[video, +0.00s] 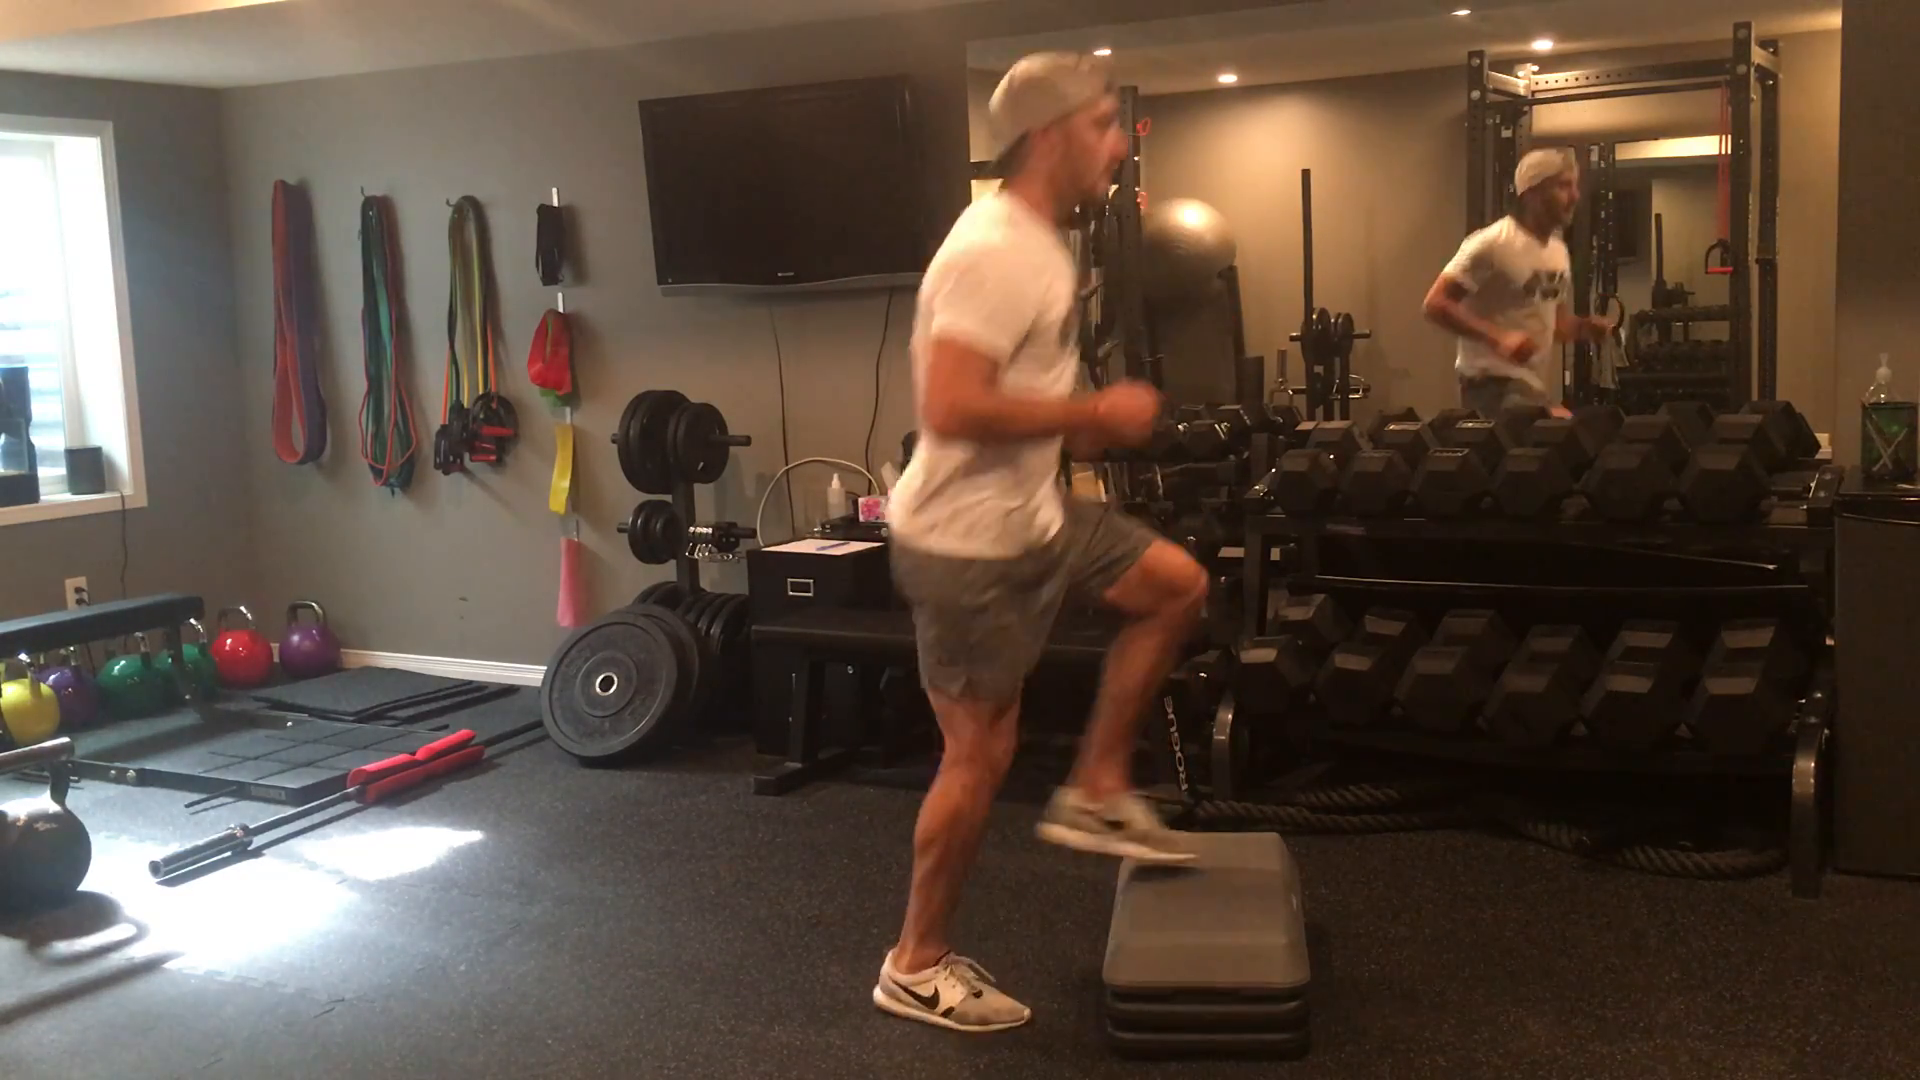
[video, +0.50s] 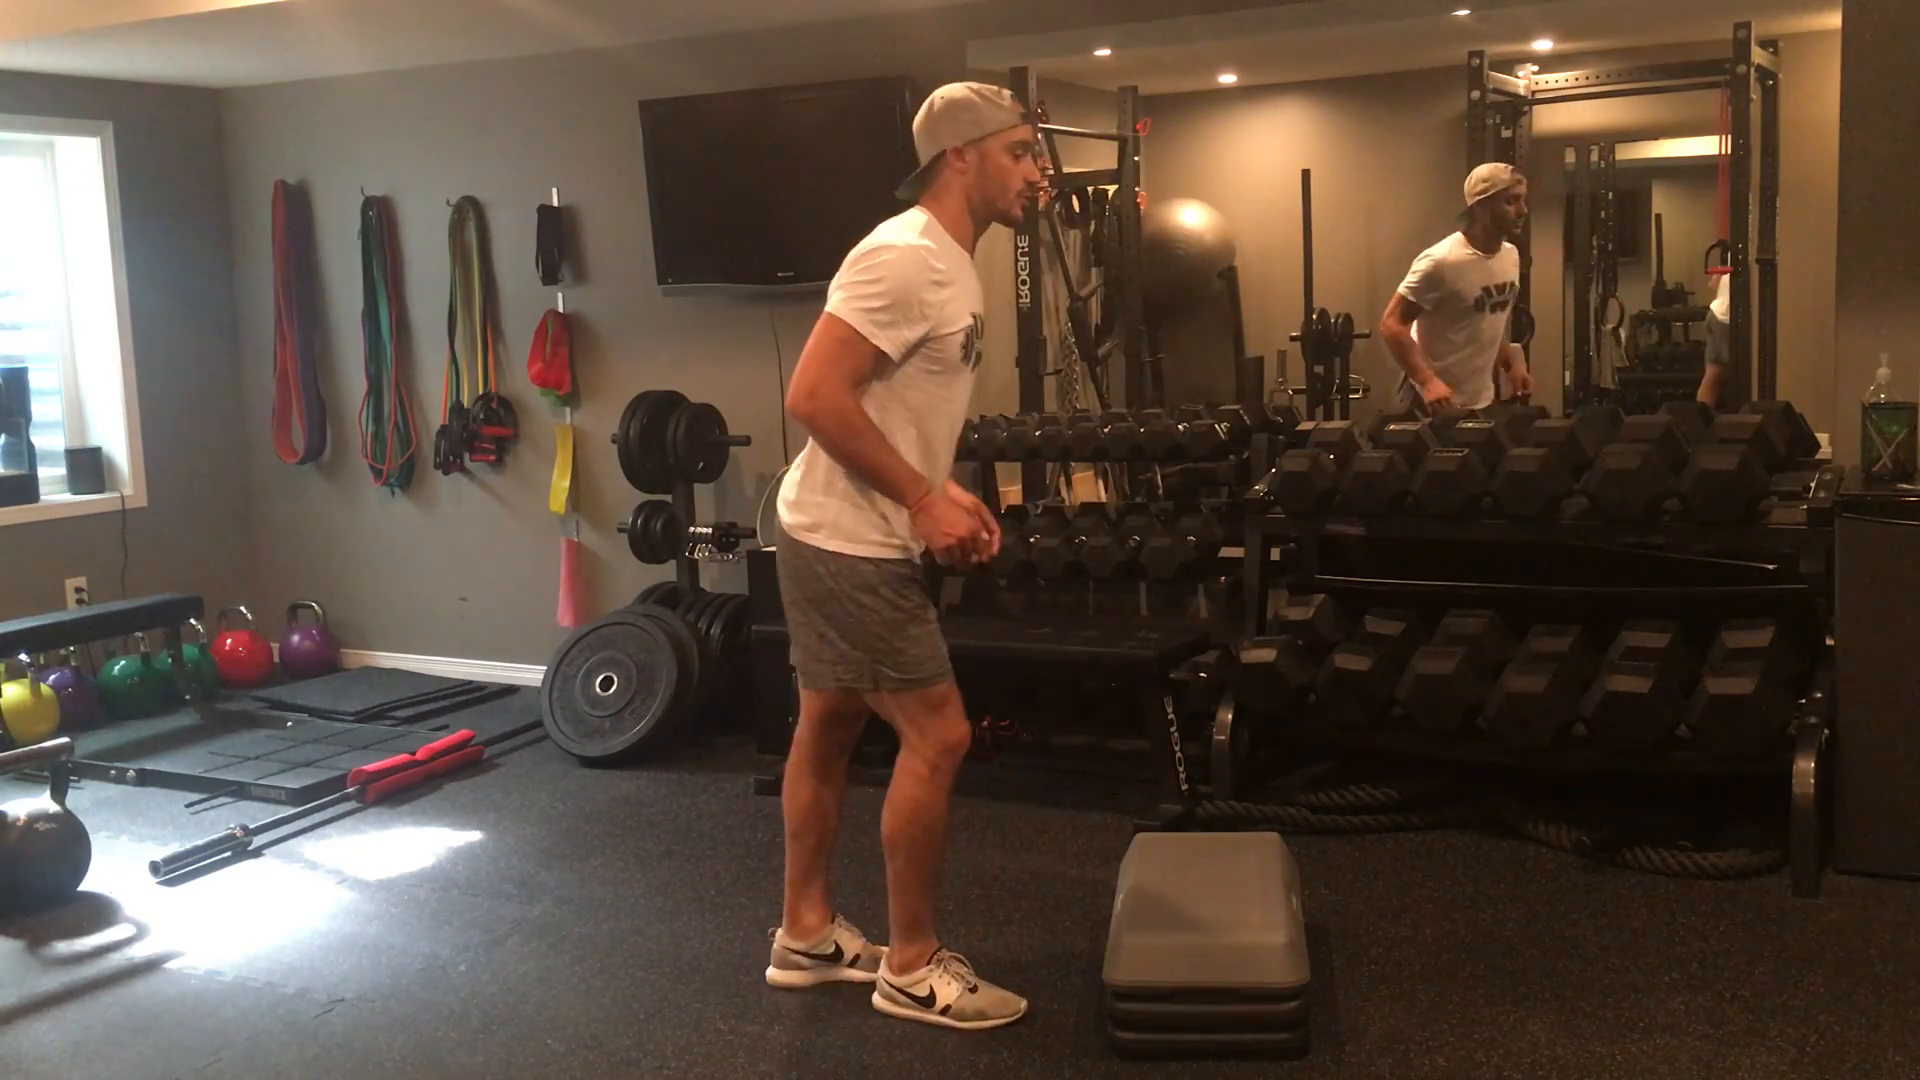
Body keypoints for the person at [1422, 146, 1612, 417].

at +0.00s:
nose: (1575, 196)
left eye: (1575, 186)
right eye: (1564, 186)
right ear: (1532, 193)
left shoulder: (1557, 249)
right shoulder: (1490, 243)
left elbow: (1552, 322)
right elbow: (1436, 304)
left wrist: (1584, 328)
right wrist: (1498, 337)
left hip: (1532, 382)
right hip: (1490, 383)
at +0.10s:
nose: (1565, 205)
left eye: (1565, 195)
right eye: (1554, 193)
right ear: (1521, 196)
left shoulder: (1543, 257)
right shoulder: (1477, 250)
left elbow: (1528, 325)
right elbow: (1431, 317)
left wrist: (1568, 348)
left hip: (1524, 400)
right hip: (1479, 403)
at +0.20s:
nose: (1550, 195)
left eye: (1550, 185)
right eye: (1539, 184)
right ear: (1506, 189)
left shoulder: (1531, 247)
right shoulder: (1468, 244)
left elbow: (1514, 318)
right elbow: (1417, 309)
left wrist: (1546, 359)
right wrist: (1462, 373)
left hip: (1517, 397)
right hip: (1475, 398)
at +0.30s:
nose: (1538, 196)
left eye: (1537, 186)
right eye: (1525, 187)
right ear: (1492, 195)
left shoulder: (1520, 251)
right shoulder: (1459, 248)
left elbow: (1504, 320)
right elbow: (1406, 310)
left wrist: (1526, 362)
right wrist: (1445, 367)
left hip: (1507, 402)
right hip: (1462, 407)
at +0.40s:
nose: (1529, 203)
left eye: (1528, 192)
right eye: (1517, 193)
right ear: (1484, 202)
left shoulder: (1512, 257)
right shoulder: (1449, 259)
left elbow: (1499, 325)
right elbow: (1396, 322)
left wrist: (1519, 368)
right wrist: (1437, 384)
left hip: (1496, 407)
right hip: (1449, 413)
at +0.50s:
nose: (1523, 211)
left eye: (1523, 201)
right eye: (1512, 201)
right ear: (1482, 206)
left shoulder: (1510, 256)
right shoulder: (1439, 262)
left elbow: (1485, 330)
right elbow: (1391, 325)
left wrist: (1513, 361)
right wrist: (1428, 383)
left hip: (1483, 406)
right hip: (1433, 411)